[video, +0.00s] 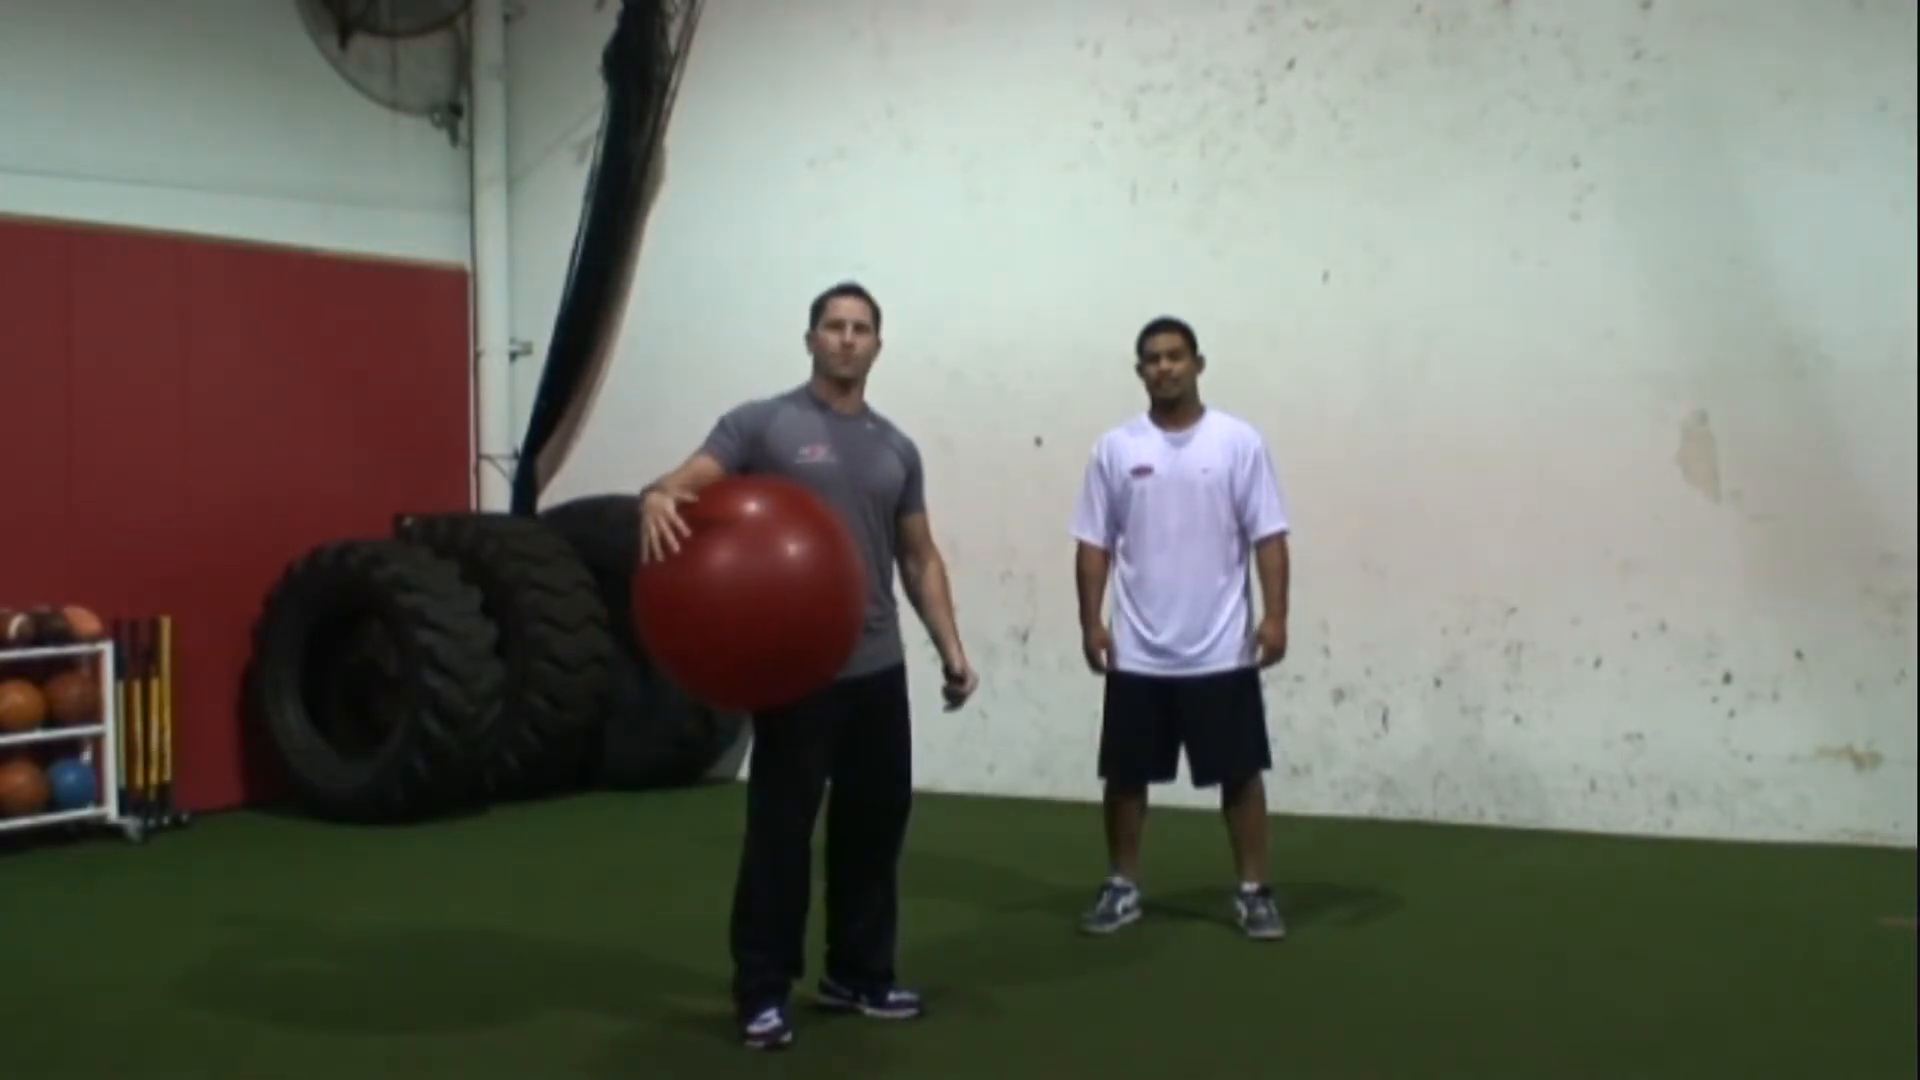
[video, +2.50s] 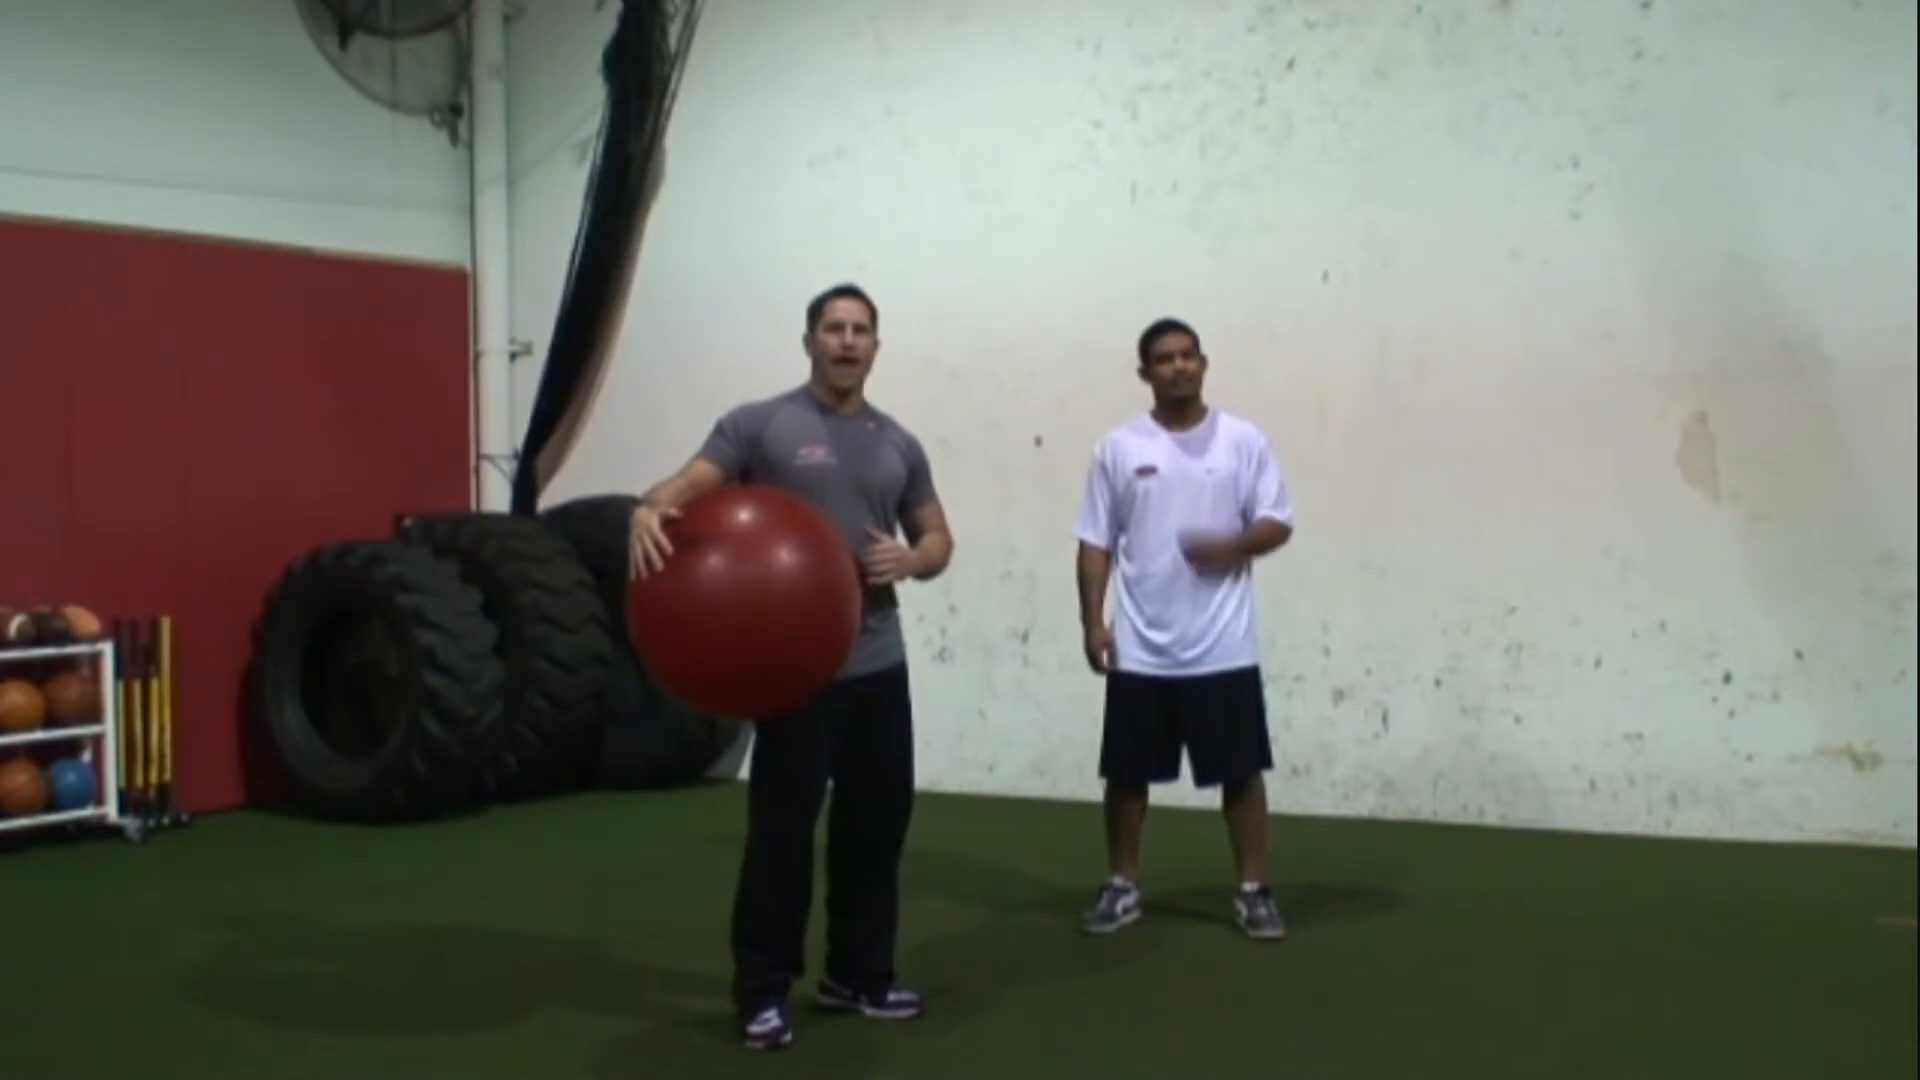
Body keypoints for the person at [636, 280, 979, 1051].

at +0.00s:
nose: (848, 339)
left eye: (861, 329)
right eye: (836, 327)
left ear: (878, 344)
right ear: (811, 338)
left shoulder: (897, 449)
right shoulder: (761, 423)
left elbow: (919, 556)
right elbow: (690, 478)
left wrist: (951, 647)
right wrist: (656, 495)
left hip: (877, 670)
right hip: (790, 672)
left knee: (874, 827)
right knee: (781, 833)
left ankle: (860, 974)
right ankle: (764, 993)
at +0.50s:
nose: (849, 338)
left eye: (862, 328)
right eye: (835, 325)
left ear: (880, 344)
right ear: (811, 338)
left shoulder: (895, 449)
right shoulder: (762, 422)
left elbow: (915, 554)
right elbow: (692, 480)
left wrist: (936, 644)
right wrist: (664, 496)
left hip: (878, 670)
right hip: (793, 670)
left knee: (873, 828)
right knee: (782, 834)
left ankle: (860, 975)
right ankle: (764, 994)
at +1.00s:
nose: (851, 337)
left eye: (863, 328)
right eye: (837, 325)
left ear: (879, 344)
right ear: (811, 338)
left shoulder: (897, 446)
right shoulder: (761, 421)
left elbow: (918, 552)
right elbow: (687, 481)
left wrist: (939, 654)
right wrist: (663, 498)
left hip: (876, 669)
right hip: (790, 670)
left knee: (874, 826)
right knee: (781, 833)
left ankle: (860, 975)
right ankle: (763, 994)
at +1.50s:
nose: (850, 340)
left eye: (862, 330)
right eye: (836, 328)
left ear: (877, 345)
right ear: (809, 338)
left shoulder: (895, 446)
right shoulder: (761, 422)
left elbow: (915, 548)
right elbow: (688, 485)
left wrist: (933, 636)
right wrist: (660, 509)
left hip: (876, 670)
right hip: (792, 669)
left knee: (873, 828)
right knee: (783, 834)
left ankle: (860, 976)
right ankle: (764, 994)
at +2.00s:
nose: (845, 339)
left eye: (857, 329)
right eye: (831, 327)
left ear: (873, 345)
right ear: (805, 340)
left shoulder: (892, 447)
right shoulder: (758, 424)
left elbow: (918, 548)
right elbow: (686, 489)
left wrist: (895, 608)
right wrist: (662, 514)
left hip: (875, 668)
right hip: (792, 667)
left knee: (874, 825)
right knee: (783, 830)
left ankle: (859, 975)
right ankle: (764, 994)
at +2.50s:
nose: (849, 341)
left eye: (861, 330)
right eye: (835, 329)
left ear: (877, 345)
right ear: (809, 341)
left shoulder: (898, 445)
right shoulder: (760, 425)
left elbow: (938, 543)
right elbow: (688, 485)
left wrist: (912, 559)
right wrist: (647, 508)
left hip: (877, 668)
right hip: (791, 669)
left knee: (876, 823)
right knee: (781, 831)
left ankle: (860, 975)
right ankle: (764, 993)